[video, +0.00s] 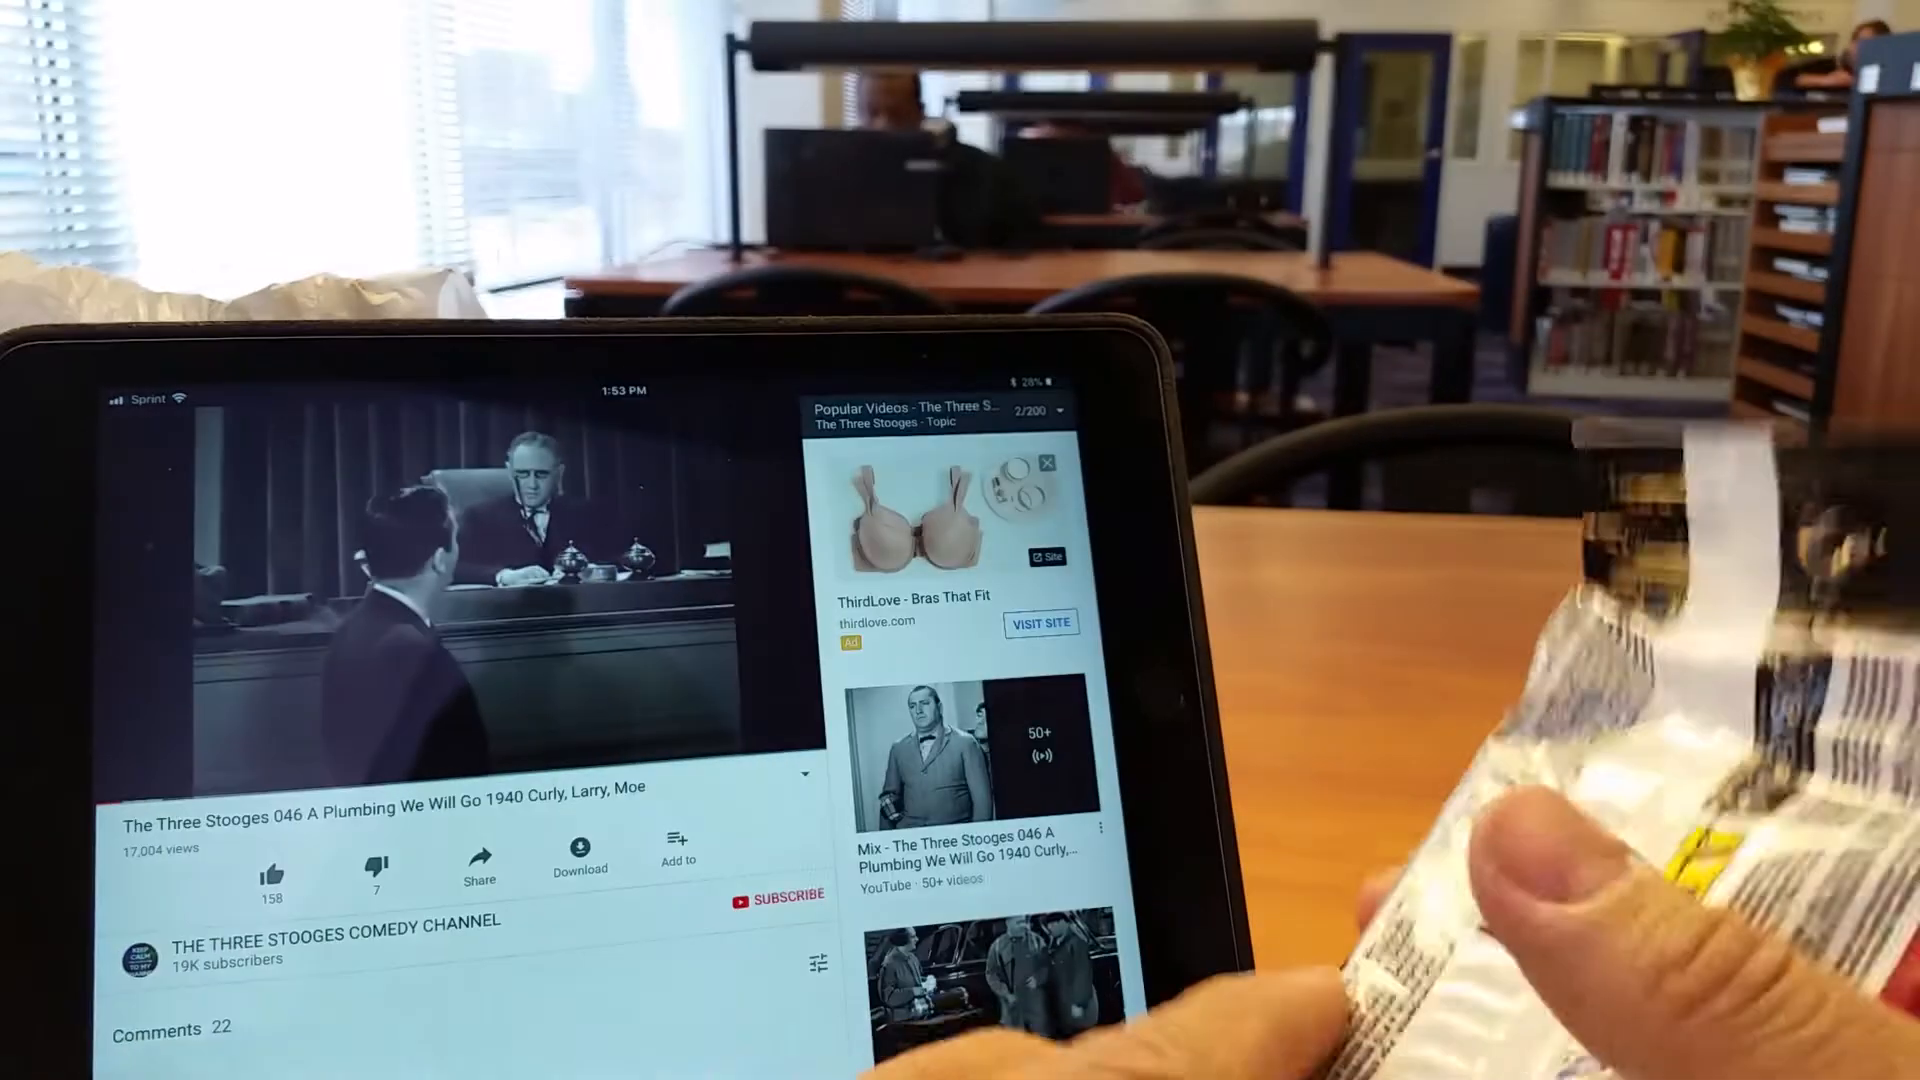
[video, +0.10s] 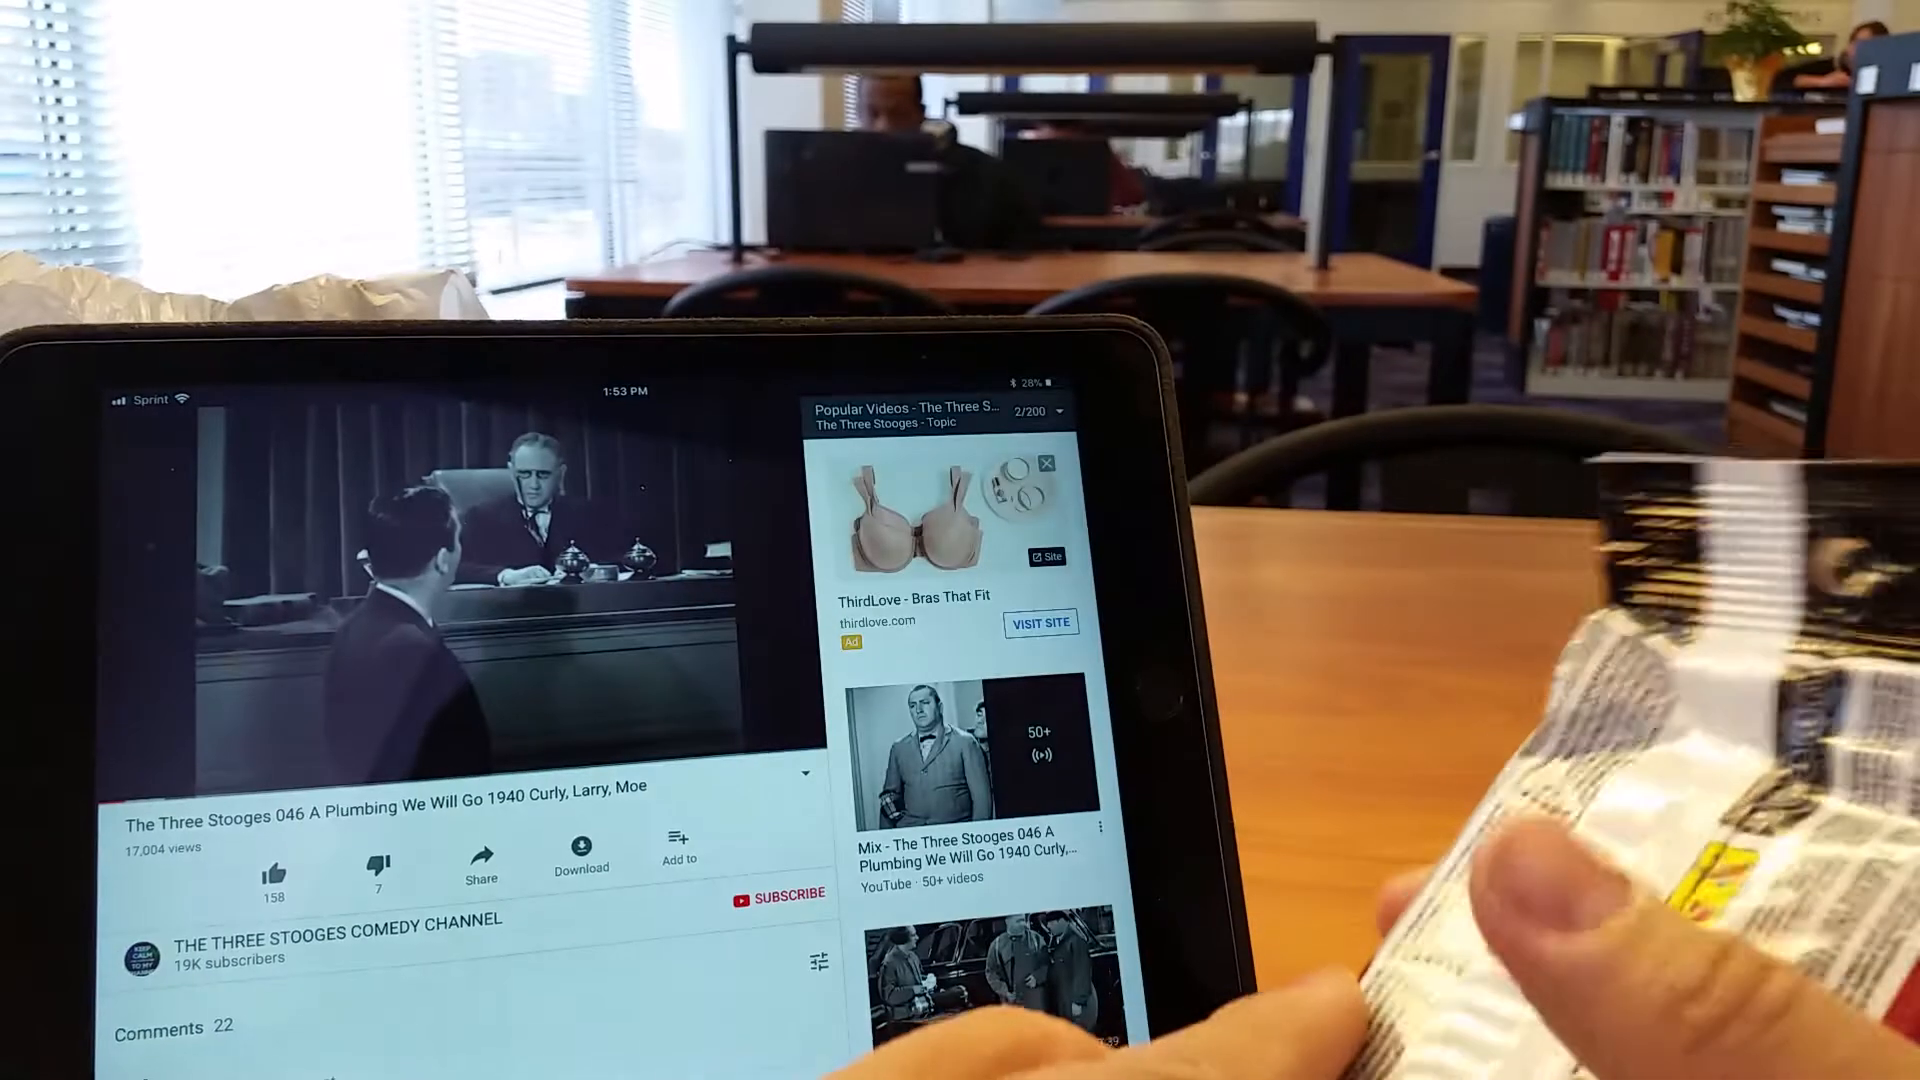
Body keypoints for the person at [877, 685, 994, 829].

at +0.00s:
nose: (918, 710)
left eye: (925, 703)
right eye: (913, 706)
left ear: (939, 707)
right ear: (909, 711)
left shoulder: (964, 743)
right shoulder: (899, 749)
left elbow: (982, 799)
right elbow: (890, 793)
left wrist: (978, 838)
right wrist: (888, 802)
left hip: (955, 834)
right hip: (909, 838)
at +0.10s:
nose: (919, 709)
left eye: (925, 703)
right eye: (913, 705)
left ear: (939, 707)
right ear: (909, 711)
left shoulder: (964, 742)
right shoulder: (899, 749)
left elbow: (981, 796)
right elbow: (890, 794)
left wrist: (977, 835)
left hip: (955, 830)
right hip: (910, 834)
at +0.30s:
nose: (919, 710)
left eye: (925, 703)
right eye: (913, 705)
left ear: (939, 706)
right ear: (909, 711)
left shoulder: (964, 742)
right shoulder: (899, 749)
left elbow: (981, 795)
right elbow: (891, 794)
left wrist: (978, 834)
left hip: (955, 831)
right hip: (910, 835)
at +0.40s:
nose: (918, 709)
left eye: (925, 703)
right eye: (913, 705)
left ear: (939, 706)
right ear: (909, 711)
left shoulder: (964, 742)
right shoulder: (899, 749)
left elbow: (981, 795)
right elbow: (891, 793)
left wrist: (978, 834)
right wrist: (889, 801)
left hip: (956, 832)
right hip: (910, 835)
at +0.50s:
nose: (919, 709)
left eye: (925, 703)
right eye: (913, 705)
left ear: (939, 707)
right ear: (909, 711)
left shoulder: (964, 742)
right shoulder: (899, 749)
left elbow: (981, 795)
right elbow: (891, 794)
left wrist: (979, 834)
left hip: (956, 831)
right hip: (910, 835)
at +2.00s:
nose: (919, 710)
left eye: (925, 703)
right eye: (913, 705)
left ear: (939, 707)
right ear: (909, 711)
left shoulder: (964, 742)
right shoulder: (899, 748)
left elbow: (981, 795)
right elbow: (890, 795)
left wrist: (979, 835)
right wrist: (886, 840)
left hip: (956, 831)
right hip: (910, 836)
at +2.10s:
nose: (919, 709)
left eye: (925, 702)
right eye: (913, 705)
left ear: (939, 706)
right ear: (909, 711)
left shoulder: (964, 742)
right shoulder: (899, 749)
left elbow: (981, 796)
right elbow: (892, 792)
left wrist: (979, 835)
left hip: (958, 833)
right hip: (916, 836)